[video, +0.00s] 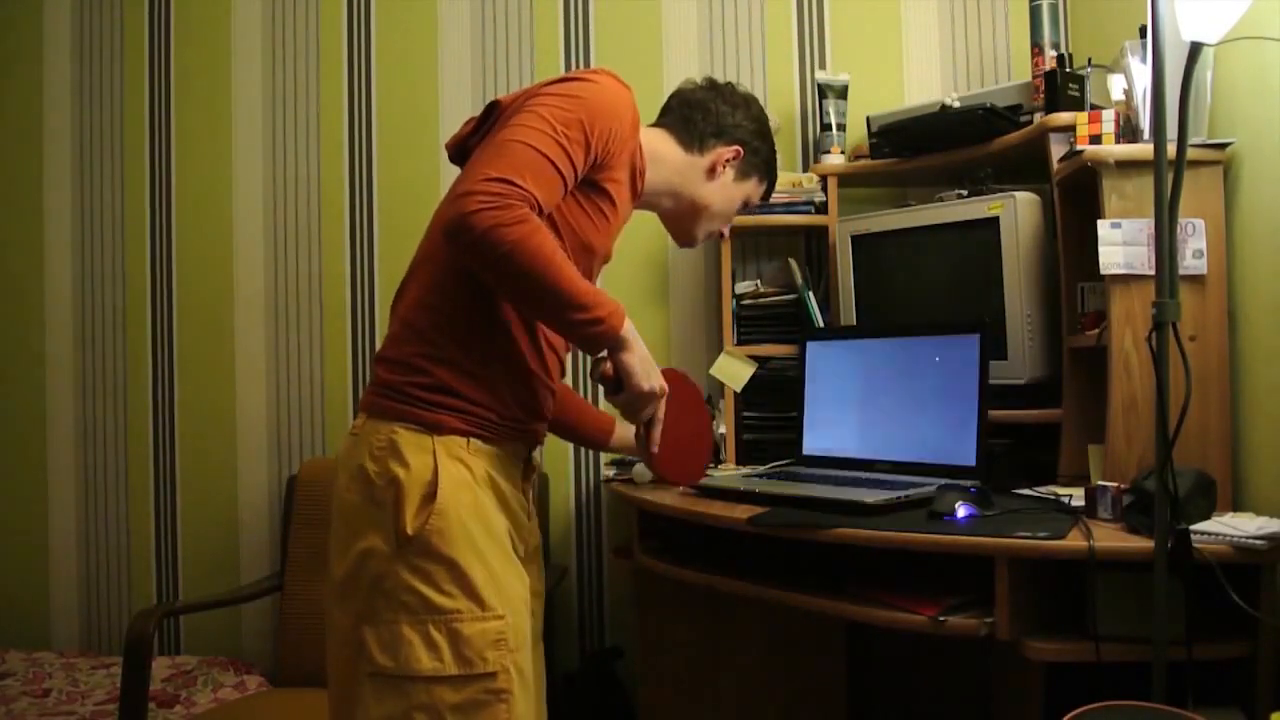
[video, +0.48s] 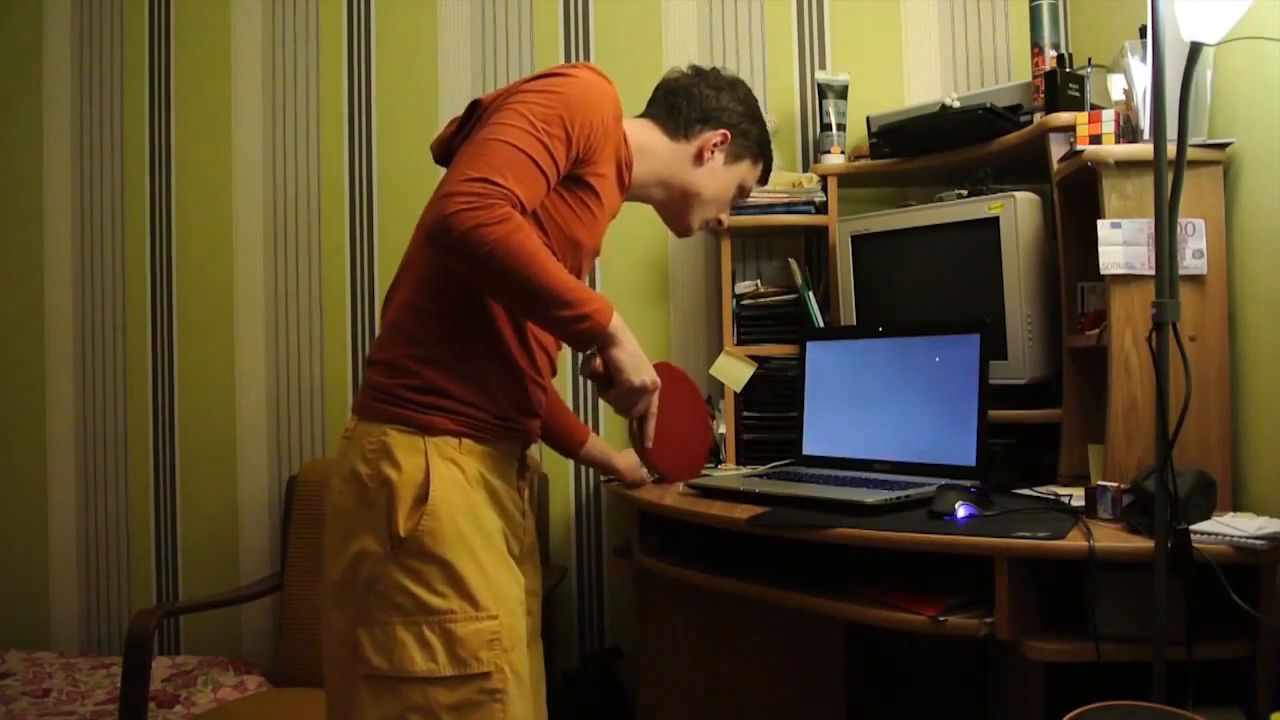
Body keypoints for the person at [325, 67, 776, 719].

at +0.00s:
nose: (725, 230)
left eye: (740, 217)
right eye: (742, 207)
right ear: (724, 161)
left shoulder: (599, 200)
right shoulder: (602, 99)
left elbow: (518, 378)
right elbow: (486, 208)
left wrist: (637, 440)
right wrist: (618, 334)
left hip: (489, 475)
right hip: (432, 471)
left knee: (512, 700)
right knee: (468, 705)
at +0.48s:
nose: (723, 220)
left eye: (739, 204)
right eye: (740, 193)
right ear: (714, 145)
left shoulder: (588, 200)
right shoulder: (584, 94)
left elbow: (505, 365)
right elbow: (469, 210)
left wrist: (604, 456)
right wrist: (607, 329)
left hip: (488, 474)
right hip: (427, 472)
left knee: (511, 701)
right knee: (467, 706)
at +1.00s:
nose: (696, 165)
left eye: (709, 149)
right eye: (707, 139)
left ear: (667, 97)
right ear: (672, 91)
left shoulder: (560, 143)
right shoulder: (529, 78)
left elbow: (477, 317)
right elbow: (439, 232)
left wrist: (517, 449)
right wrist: (593, 327)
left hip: (481, 480)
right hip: (418, 479)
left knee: (513, 708)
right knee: (444, 707)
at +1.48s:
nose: (599, 72)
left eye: (612, 51)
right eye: (608, 39)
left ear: (554, 7)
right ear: (560, 0)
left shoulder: (458, 75)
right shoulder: (423, 55)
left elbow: (430, 309)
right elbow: (379, 279)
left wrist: (564, 353)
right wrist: (543, 391)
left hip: (469, 498)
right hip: (410, 509)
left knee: (528, 711)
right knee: (443, 710)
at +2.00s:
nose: (565, 27)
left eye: (575, 10)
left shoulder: (408, 57)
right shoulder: (375, 48)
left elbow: (417, 302)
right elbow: (392, 314)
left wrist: (540, 313)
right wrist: (560, 393)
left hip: (448, 496)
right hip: (395, 507)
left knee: (509, 710)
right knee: (423, 709)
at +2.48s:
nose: (565, 27)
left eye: (574, 10)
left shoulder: (407, 55)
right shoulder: (367, 45)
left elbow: (422, 297)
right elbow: (397, 312)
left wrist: (551, 307)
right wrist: (562, 351)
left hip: (445, 496)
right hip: (385, 510)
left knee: (503, 709)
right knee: (414, 710)